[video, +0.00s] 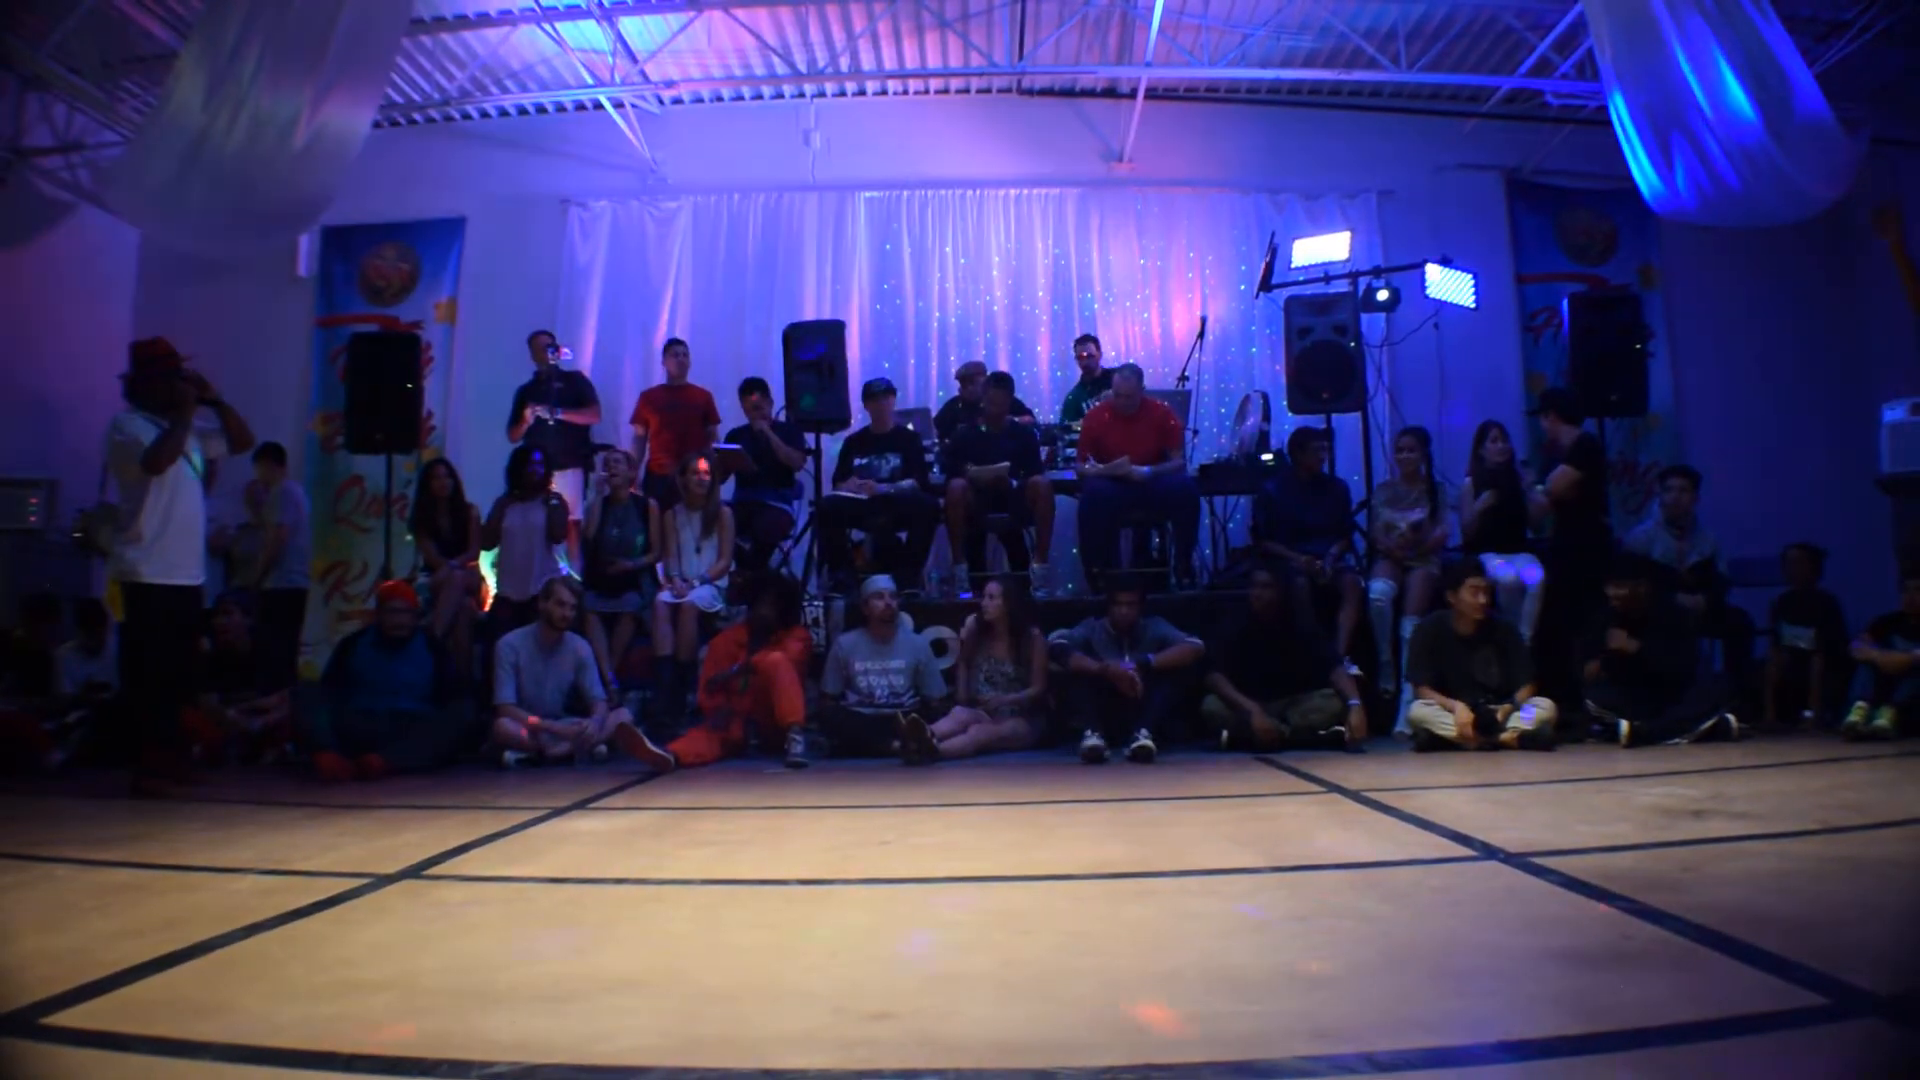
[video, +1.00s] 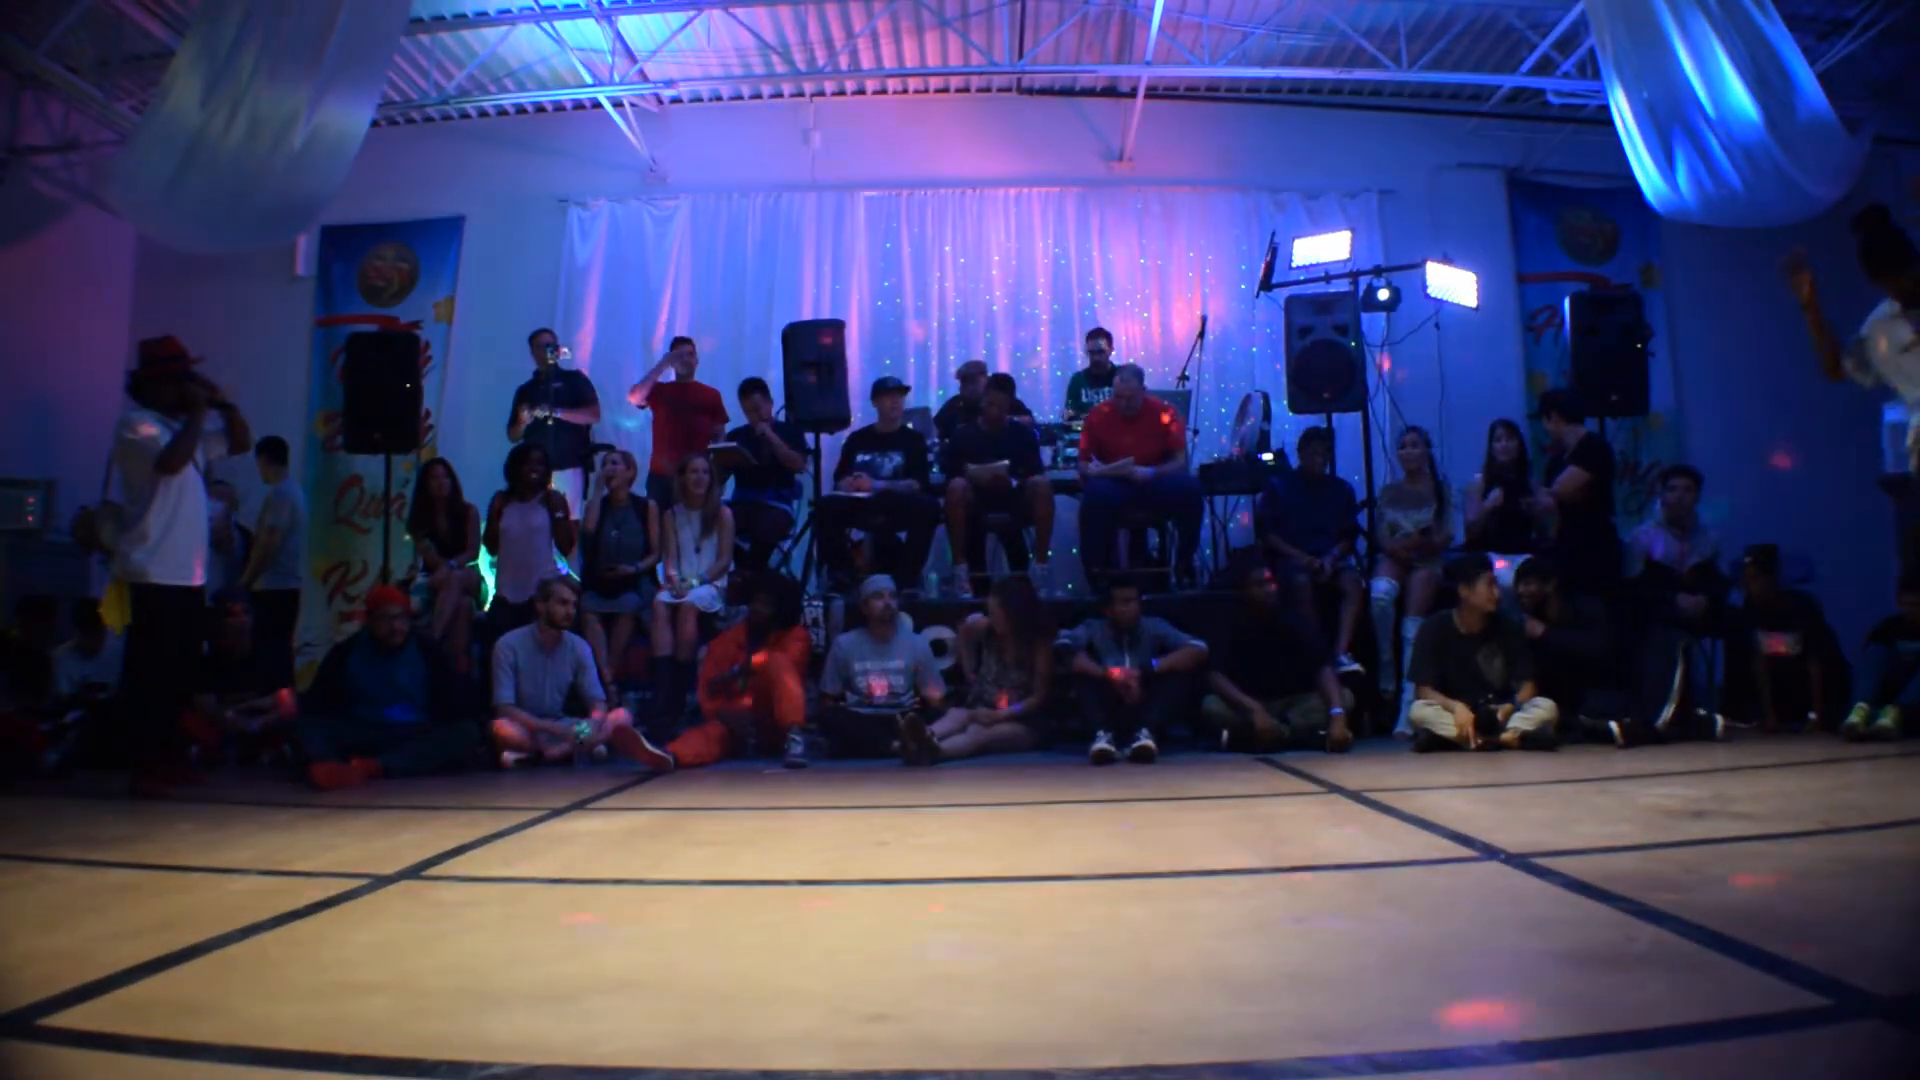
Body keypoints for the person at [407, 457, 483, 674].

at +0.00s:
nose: (443, 483)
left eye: (447, 477)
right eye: (436, 479)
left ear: (454, 481)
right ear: (427, 484)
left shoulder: (469, 511)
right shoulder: (422, 513)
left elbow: (474, 551)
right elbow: (429, 554)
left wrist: (450, 565)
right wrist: (454, 569)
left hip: (468, 572)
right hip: (436, 575)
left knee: (455, 577)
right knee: (465, 605)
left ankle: (434, 636)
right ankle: (462, 672)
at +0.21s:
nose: (442, 483)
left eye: (446, 477)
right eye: (436, 478)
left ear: (453, 481)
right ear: (426, 484)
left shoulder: (468, 511)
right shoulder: (420, 514)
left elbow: (473, 551)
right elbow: (428, 554)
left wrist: (450, 565)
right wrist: (454, 570)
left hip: (468, 572)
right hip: (435, 575)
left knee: (455, 577)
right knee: (465, 605)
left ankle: (434, 634)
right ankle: (460, 674)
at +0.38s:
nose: (441, 483)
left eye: (445, 477)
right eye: (435, 479)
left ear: (452, 481)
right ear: (426, 484)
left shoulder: (468, 511)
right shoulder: (420, 513)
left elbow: (473, 551)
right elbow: (428, 554)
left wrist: (450, 564)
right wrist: (451, 569)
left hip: (467, 573)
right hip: (435, 575)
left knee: (454, 577)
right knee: (464, 604)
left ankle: (434, 634)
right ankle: (459, 672)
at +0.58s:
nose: (440, 482)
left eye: (444, 476)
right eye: (434, 477)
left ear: (451, 480)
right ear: (424, 483)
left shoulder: (466, 510)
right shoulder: (417, 514)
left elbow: (472, 549)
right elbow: (426, 554)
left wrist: (450, 564)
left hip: (466, 572)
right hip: (433, 575)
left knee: (453, 577)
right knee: (464, 604)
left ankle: (432, 635)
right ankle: (456, 663)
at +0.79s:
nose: (440, 483)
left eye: (444, 477)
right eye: (434, 479)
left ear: (452, 481)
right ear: (425, 484)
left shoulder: (468, 512)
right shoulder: (420, 515)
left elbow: (472, 550)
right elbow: (426, 552)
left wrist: (451, 564)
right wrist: (447, 568)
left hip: (468, 573)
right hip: (435, 576)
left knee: (453, 578)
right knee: (464, 603)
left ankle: (434, 636)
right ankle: (458, 668)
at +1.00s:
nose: (440, 483)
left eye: (444, 477)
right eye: (434, 479)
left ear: (452, 481)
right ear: (425, 484)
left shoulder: (468, 512)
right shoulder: (420, 515)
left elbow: (473, 551)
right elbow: (426, 552)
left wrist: (451, 563)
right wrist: (448, 568)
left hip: (467, 571)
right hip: (435, 575)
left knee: (453, 578)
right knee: (464, 603)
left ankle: (434, 636)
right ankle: (458, 664)